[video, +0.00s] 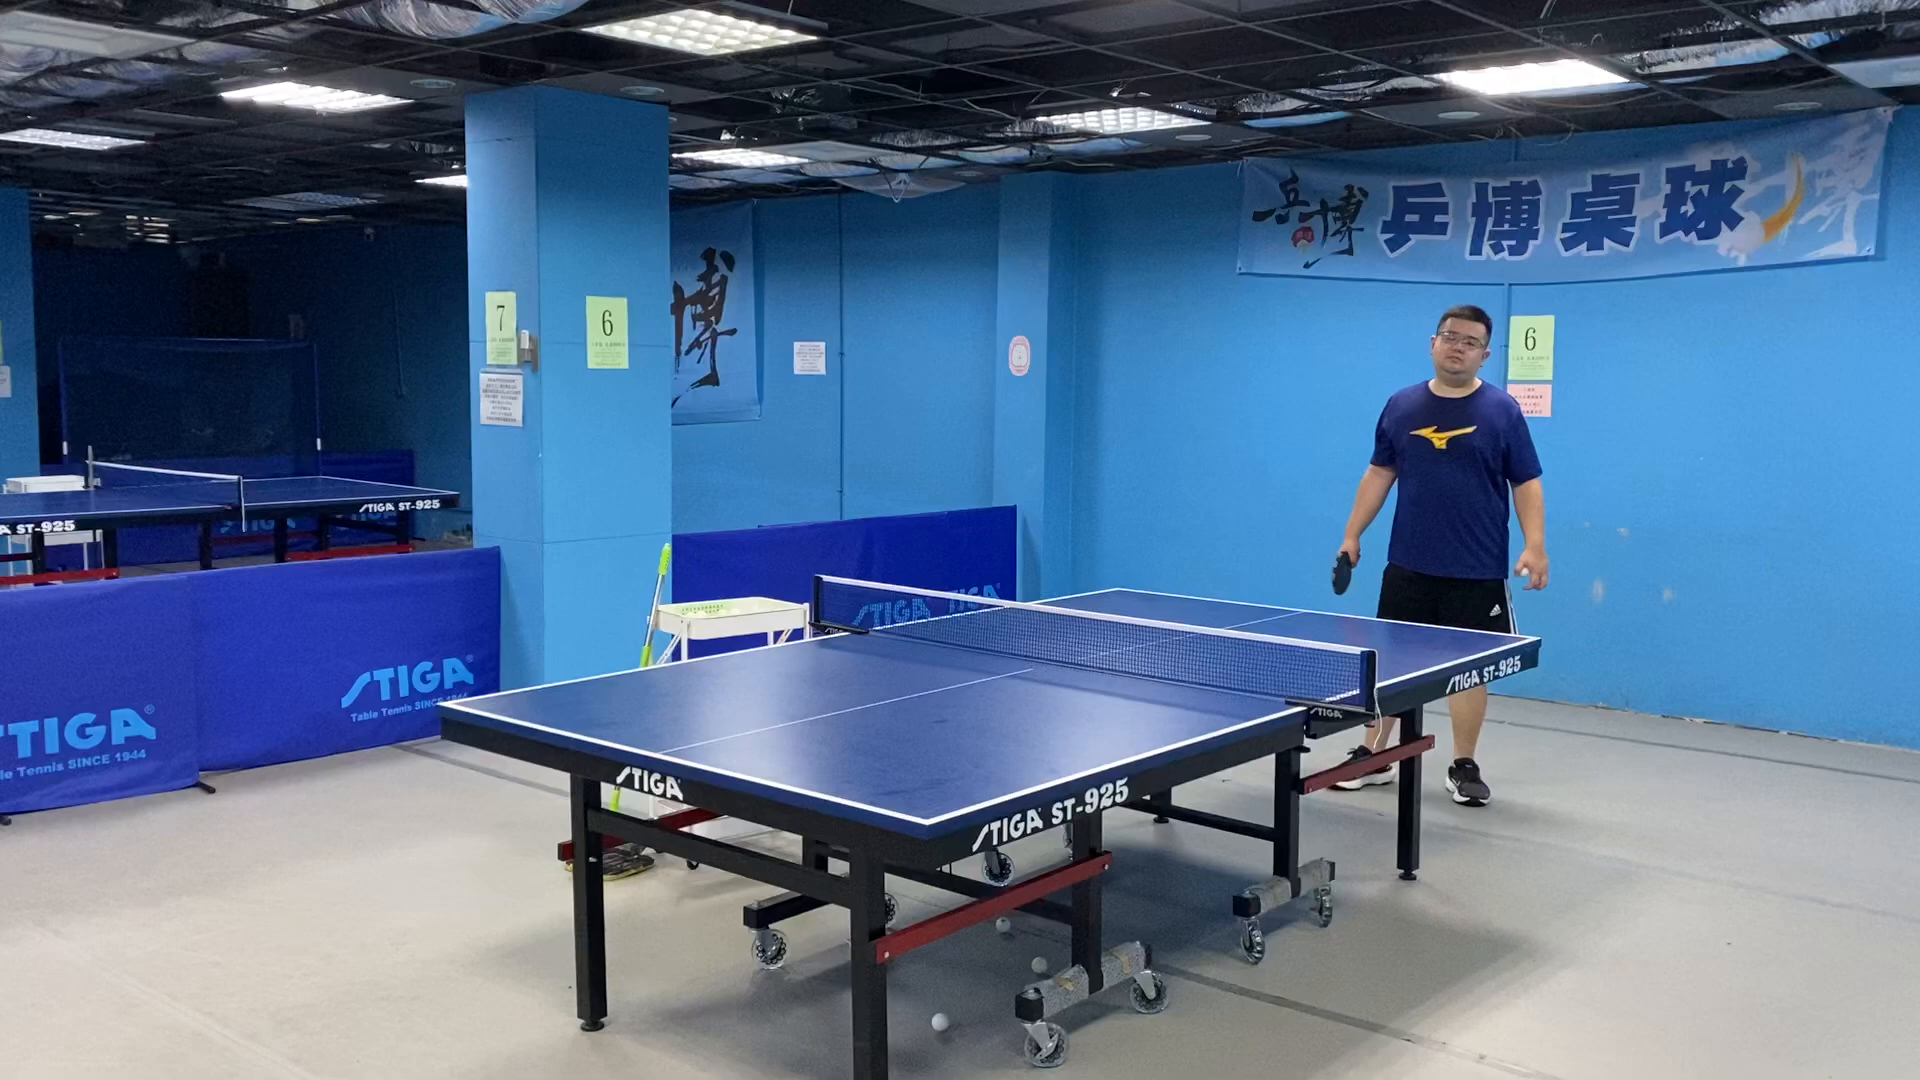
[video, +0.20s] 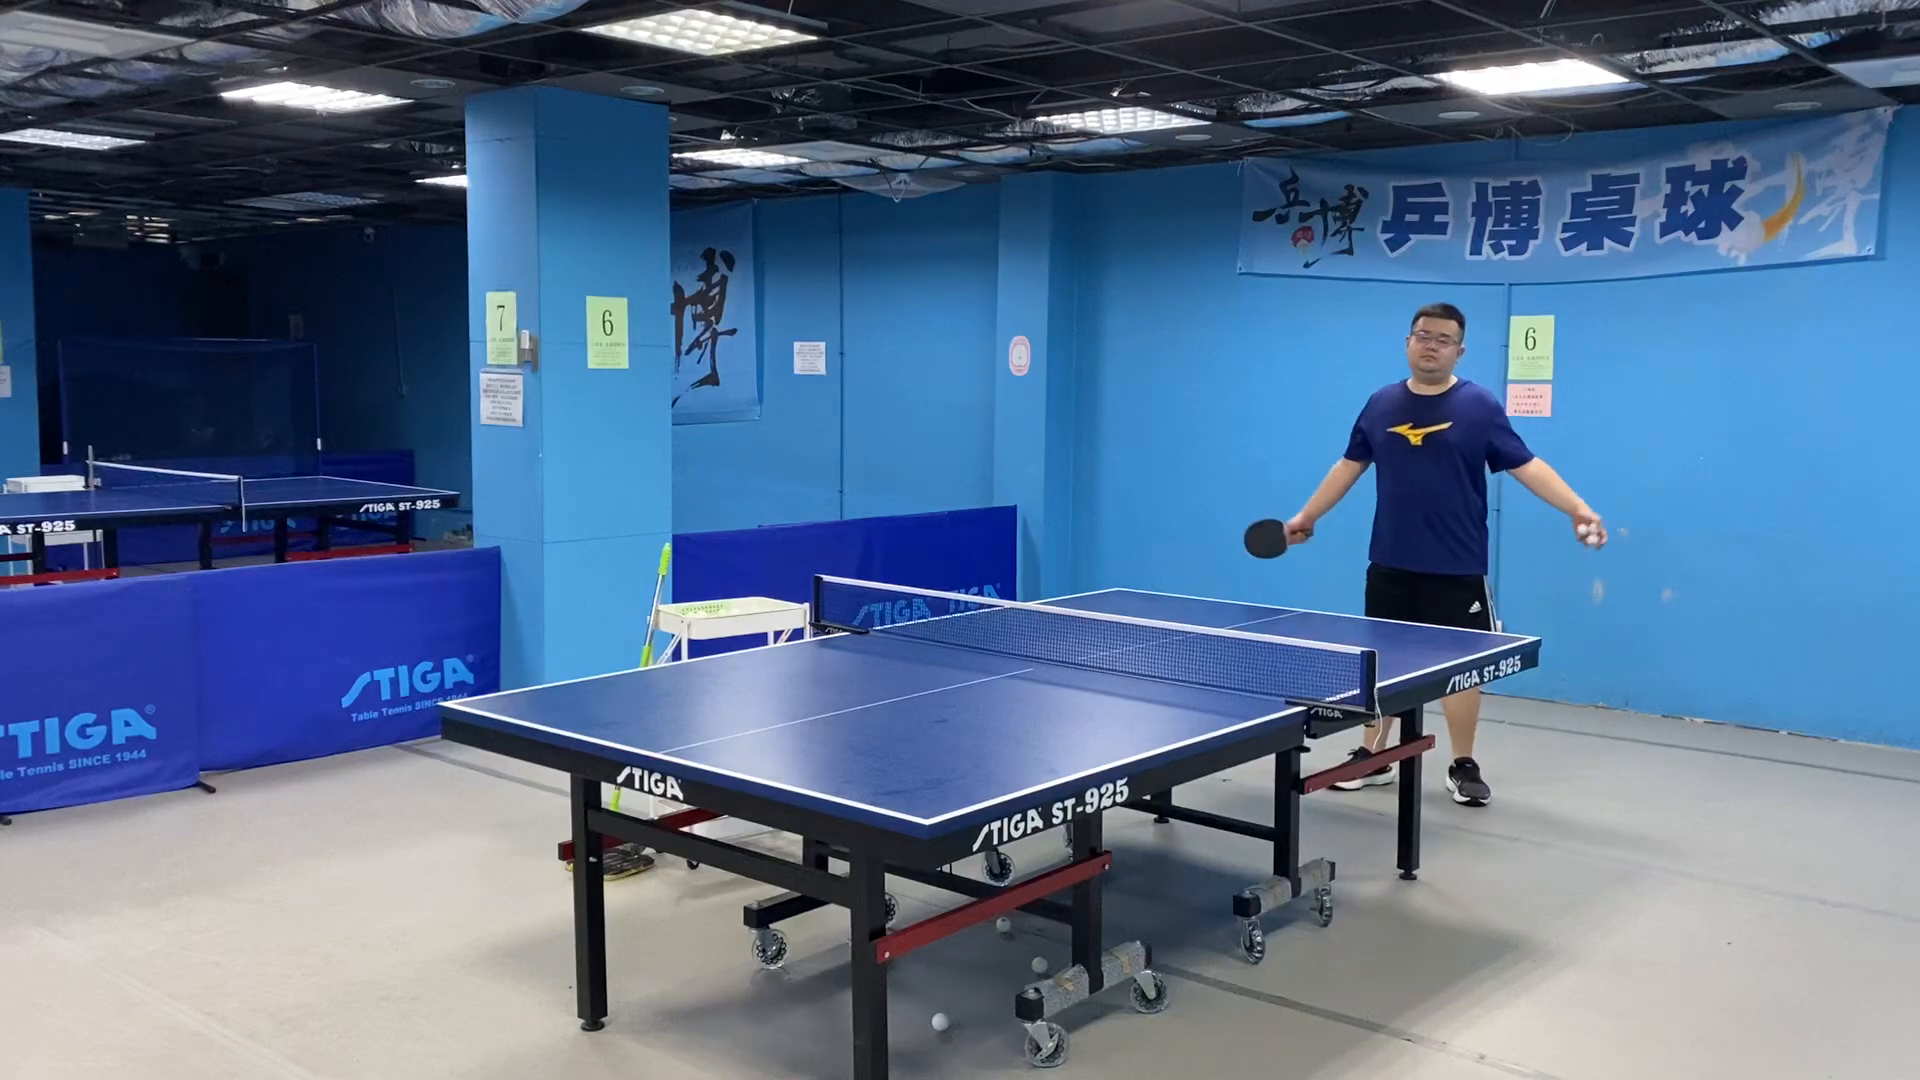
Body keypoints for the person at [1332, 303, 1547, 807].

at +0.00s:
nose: (1458, 347)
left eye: (1470, 342)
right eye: (1451, 338)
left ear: (1485, 354)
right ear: (1434, 343)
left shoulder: (1502, 410)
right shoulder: (1403, 404)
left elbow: (1526, 481)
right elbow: (1380, 472)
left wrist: (1535, 545)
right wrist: (1352, 533)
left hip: (1477, 569)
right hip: (1410, 563)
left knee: (1472, 669)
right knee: (1389, 659)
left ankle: (1465, 764)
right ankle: (1374, 755)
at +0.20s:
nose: (1429, 346)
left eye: (1442, 340)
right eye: (1422, 336)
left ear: (1458, 351)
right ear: (1409, 342)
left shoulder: (1478, 406)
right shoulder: (1383, 403)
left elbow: (1525, 464)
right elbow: (1351, 464)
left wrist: (1578, 509)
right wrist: (1307, 515)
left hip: (1457, 565)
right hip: (1391, 561)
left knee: (1463, 669)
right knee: (1382, 660)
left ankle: (1463, 764)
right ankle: (1372, 755)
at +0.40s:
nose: (1403, 345)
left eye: (1416, 338)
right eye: (1396, 335)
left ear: (1432, 348)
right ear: (1381, 342)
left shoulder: (1455, 400)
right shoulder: (1363, 399)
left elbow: (1507, 442)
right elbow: (1339, 451)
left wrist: (1578, 448)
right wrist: (1282, 472)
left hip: (1435, 560)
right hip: (1371, 557)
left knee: (1450, 665)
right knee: (1368, 657)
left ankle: (1462, 763)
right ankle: (1371, 755)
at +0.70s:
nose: (1377, 349)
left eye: (1388, 341)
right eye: (1369, 339)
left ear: (1406, 350)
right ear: (1356, 345)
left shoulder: (1432, 402)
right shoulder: (1337, 403)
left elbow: (1480, 441)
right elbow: (1297, 451)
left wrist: (1519, 431)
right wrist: (1236, 449)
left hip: (1418, 563)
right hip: (1351, 561)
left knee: (1439, 664)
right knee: (1354, 660)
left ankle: (1452, 758)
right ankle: (1370, 754)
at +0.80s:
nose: (1371, 352)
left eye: (1382, 344)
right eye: (1363, 343)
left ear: (1400, 350)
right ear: (1349, 348)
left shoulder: (1426, 404)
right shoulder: (1331, 408)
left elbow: (1472, 445)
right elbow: (1293, 460)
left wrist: (1469, 453)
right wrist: (1247, 464)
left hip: (1417, 562)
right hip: (1350, 562)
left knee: (1440, 661)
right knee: (1354, 659)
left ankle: (1449, 758)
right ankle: (1371, 753)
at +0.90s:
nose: (1362, 353)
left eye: (1372, 344)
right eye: (1354, 345)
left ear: (1392, 350)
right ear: (1342, 352)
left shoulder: (1420, 402)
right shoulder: (1327, 413)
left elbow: (1444, 456)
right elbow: (1303, 465)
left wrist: (1406, 483)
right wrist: (1285, 484)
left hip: (1419, 561)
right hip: (1354, 562)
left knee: (1437, 662)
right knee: (1358, 659)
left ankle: (1452, 759)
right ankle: (1369, 754)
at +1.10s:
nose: (1352, 358)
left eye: (1361, 348)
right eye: (1342, 351)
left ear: (1383, 351)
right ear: (1334, 360)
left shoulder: (1412, 401)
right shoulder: (1328, 418)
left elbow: (1395, 475)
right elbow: (1322, 482)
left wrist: (1356, 538)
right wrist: (1342, 526)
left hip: (1427, 563)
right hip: (1364, 565)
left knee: (1456, 660)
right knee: (1361, 660)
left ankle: (1479, 759)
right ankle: (1371, 754)